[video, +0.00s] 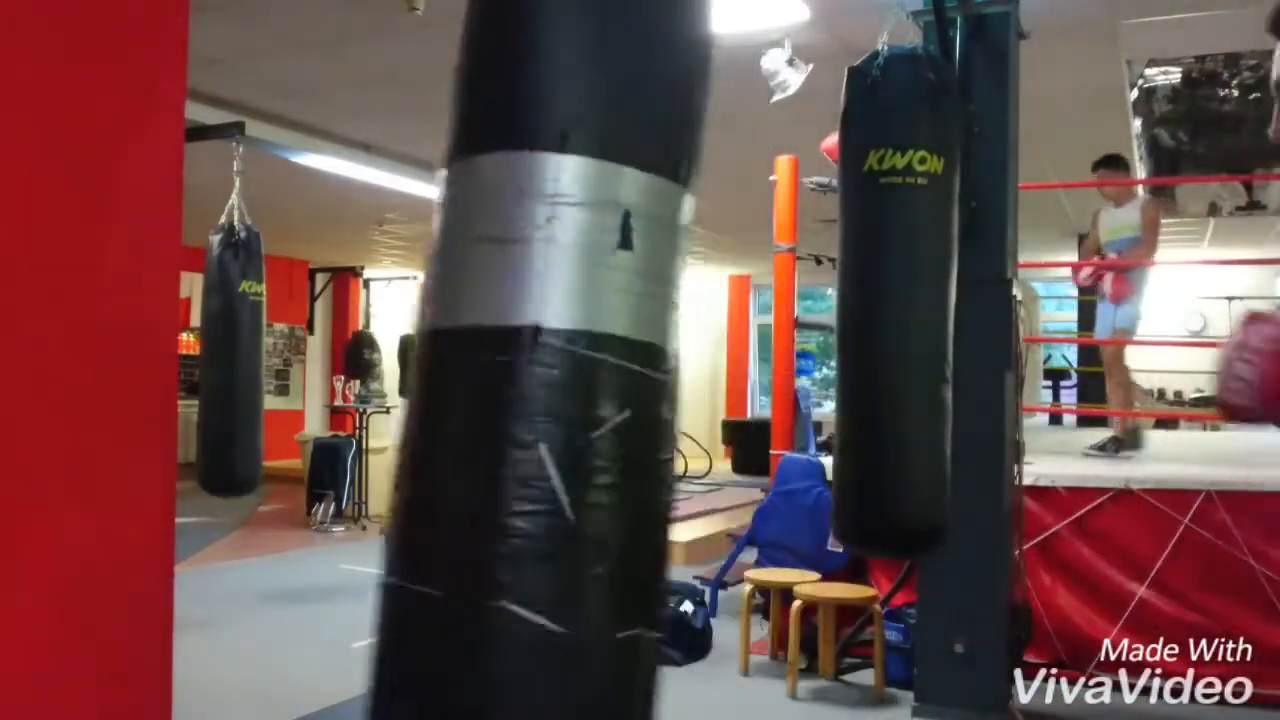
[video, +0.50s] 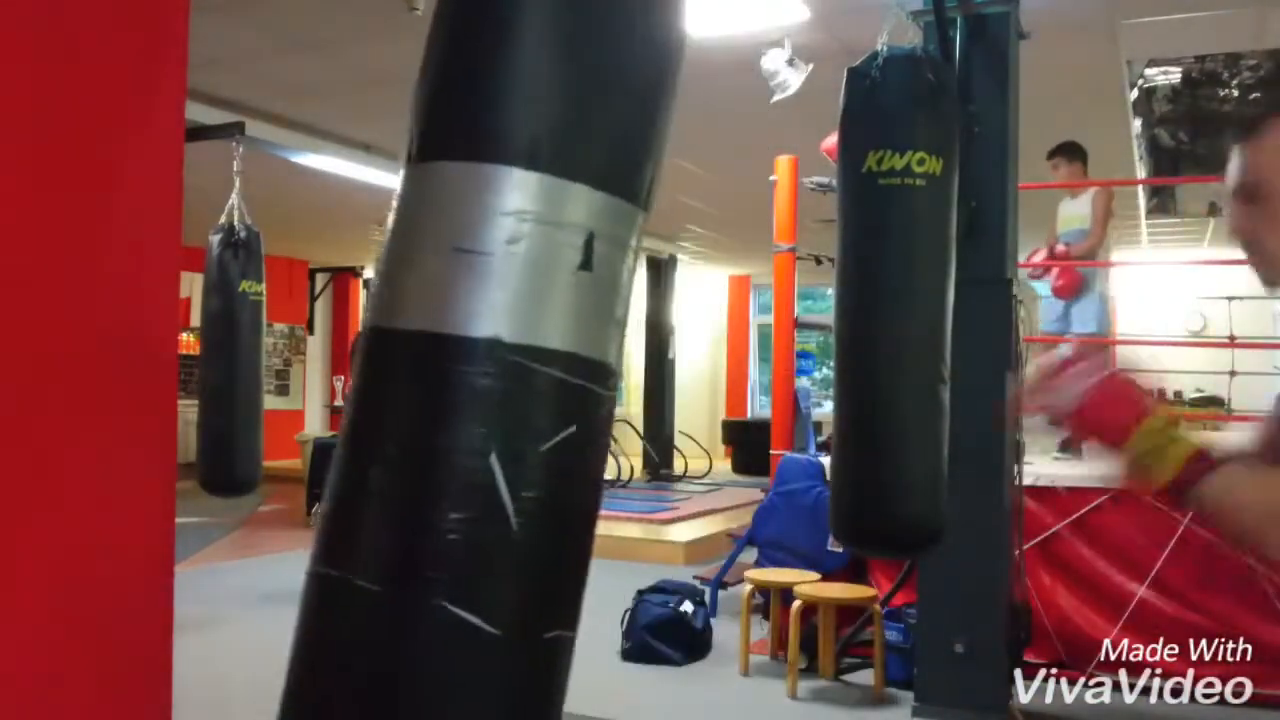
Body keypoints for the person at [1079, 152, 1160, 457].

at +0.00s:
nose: (1102, 189)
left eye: (1106, 182)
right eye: (1099, 184)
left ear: (1124, 179)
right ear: (1099, 184)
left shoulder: (1146, 207)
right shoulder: (1102, 215)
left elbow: (1147, 252)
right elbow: (1089, 251)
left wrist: (1114, 263)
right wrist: (1086, 267)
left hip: (1131, 286)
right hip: (1106, 288)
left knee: (1113, 354)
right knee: (1108, 356)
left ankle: (1124, 428)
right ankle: (1124, 426)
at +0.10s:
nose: (1090, 187)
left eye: (1094, 180)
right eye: (1087, 181)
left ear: (1112, 177)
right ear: (1089, 182)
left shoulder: (1136, 205)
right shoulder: (1094, 213)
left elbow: (1136, 251)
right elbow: (1080, 249)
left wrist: (1102, 264)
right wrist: (1078, 268)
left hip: (1121, 287)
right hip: (1097, 289)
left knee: (1107, 358)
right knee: (1107, 362)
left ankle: (1103, 430)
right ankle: (1120, 434)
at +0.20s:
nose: (1080, 185)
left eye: (1084, 178)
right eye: (1078, 179)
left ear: (1103, 177)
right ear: (1080, 181)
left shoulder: (1126, 203)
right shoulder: (1085, 213)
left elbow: (1125, 250)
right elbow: (1073, 249)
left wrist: (1091, 265)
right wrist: (1068, 268)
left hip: (1111, 288)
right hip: (1087, 289)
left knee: (1101, 363)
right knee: (1100, 366)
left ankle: (1080, 433)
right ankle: (1119, 432)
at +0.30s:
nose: (1072, 181)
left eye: (1076, 174)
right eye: (1069, 176)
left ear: (1094, 172)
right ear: (1075, 178)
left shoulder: (1116, 202)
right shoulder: (1077, 210)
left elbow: (1114, 250)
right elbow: (1066, 247)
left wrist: (1080, 263)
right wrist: (1059, 266)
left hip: (1102, 286)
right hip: (1079, 286)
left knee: (1089, 358)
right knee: (1086, 360)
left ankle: (1080, 433)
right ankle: (1095, 431)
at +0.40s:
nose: (1063, 177)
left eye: (1067, 169)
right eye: (1060, 171)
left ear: (1085, 168)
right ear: (1066, 173)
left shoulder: (1106, 196)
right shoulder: (1069, 206)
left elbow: (1104, 244)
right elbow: (1059, 245)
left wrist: (1072, 260)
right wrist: (1050, 260)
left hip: (1096, 286)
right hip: (1070, 287)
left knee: (1085, 359)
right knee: (1063, 364)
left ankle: (1075, 434)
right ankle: (1104, 420)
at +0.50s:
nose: (1054, 175)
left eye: (1057, 168)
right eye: (1052, 169)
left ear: (1076, 166)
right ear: (1062, 170)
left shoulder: (1099, 193)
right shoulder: (1064, 203)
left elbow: (1096, 238)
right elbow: (1056, 240)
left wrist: (1066, 255)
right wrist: (1046, 256)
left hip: (1088, 283)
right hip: (1060, 283)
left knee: (1084, 356)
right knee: (1051, 356)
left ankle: (1077, 431)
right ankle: (1065, 422)